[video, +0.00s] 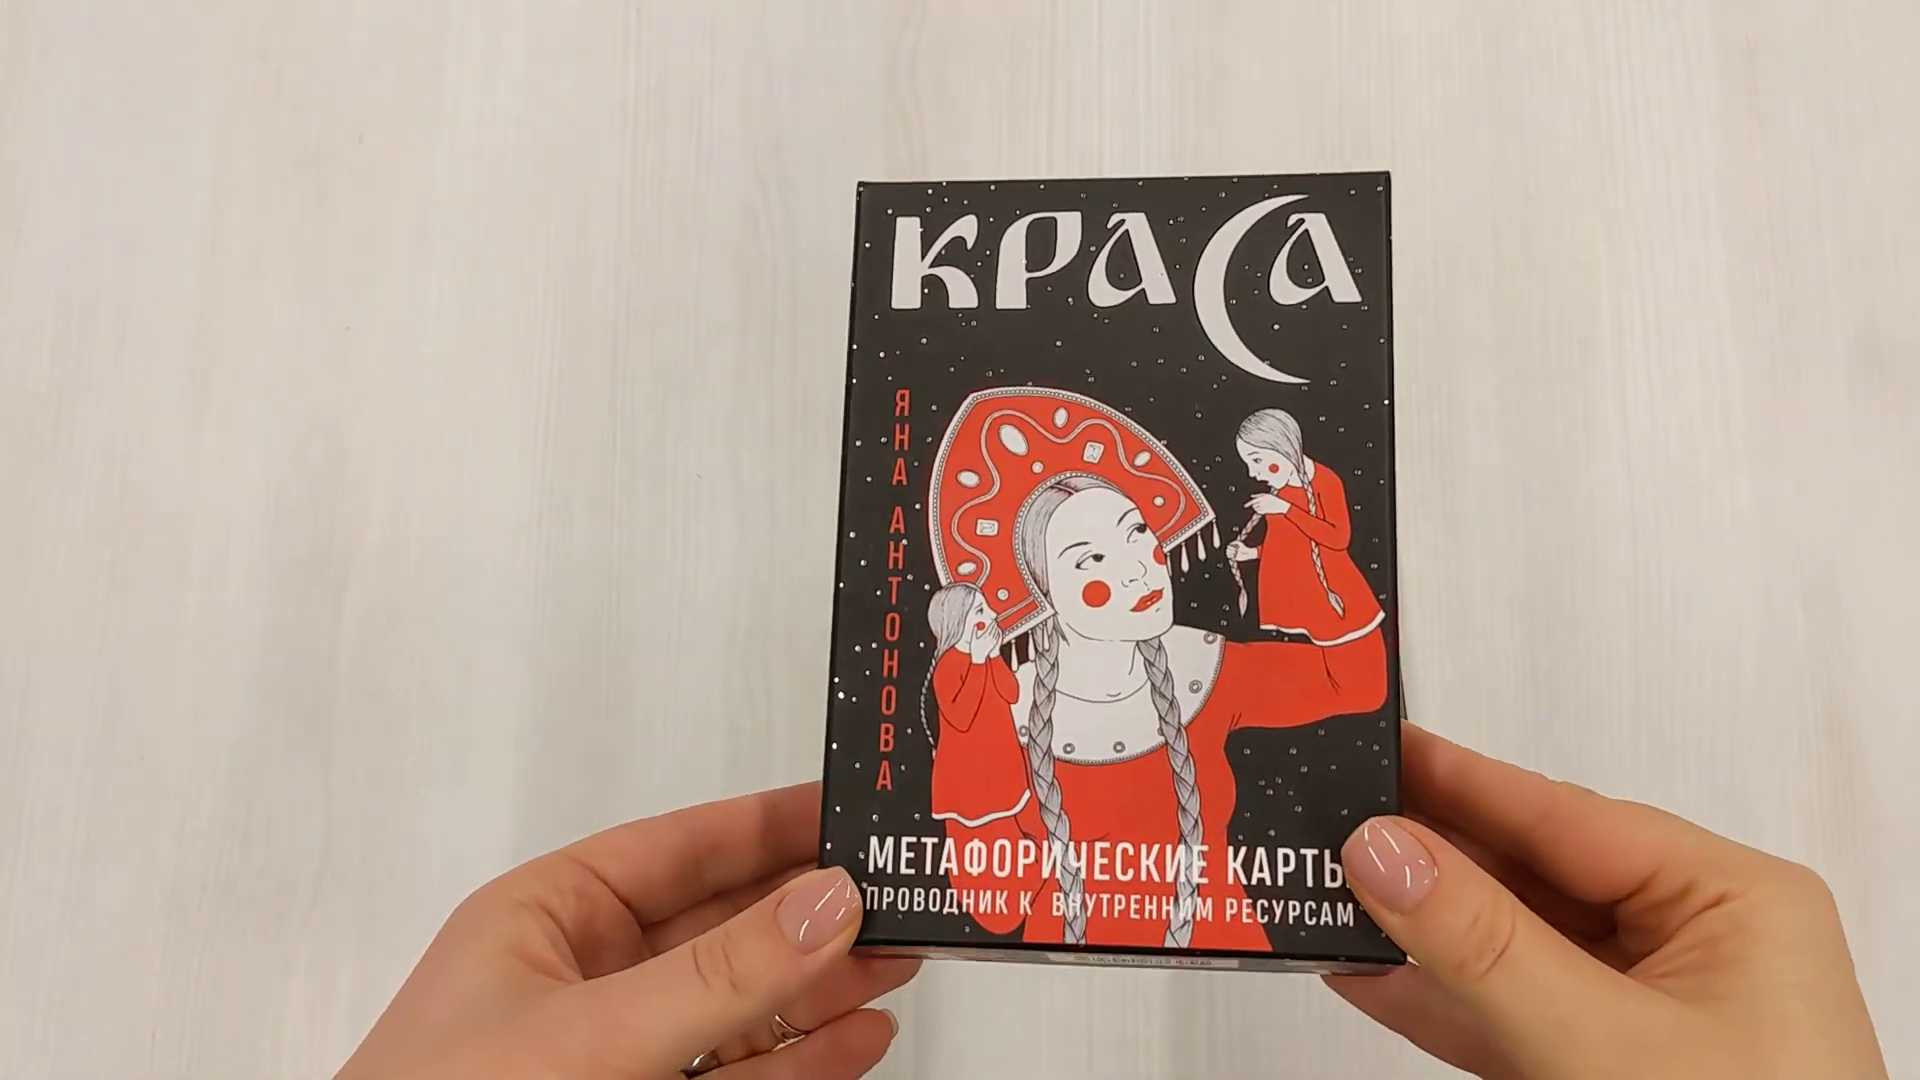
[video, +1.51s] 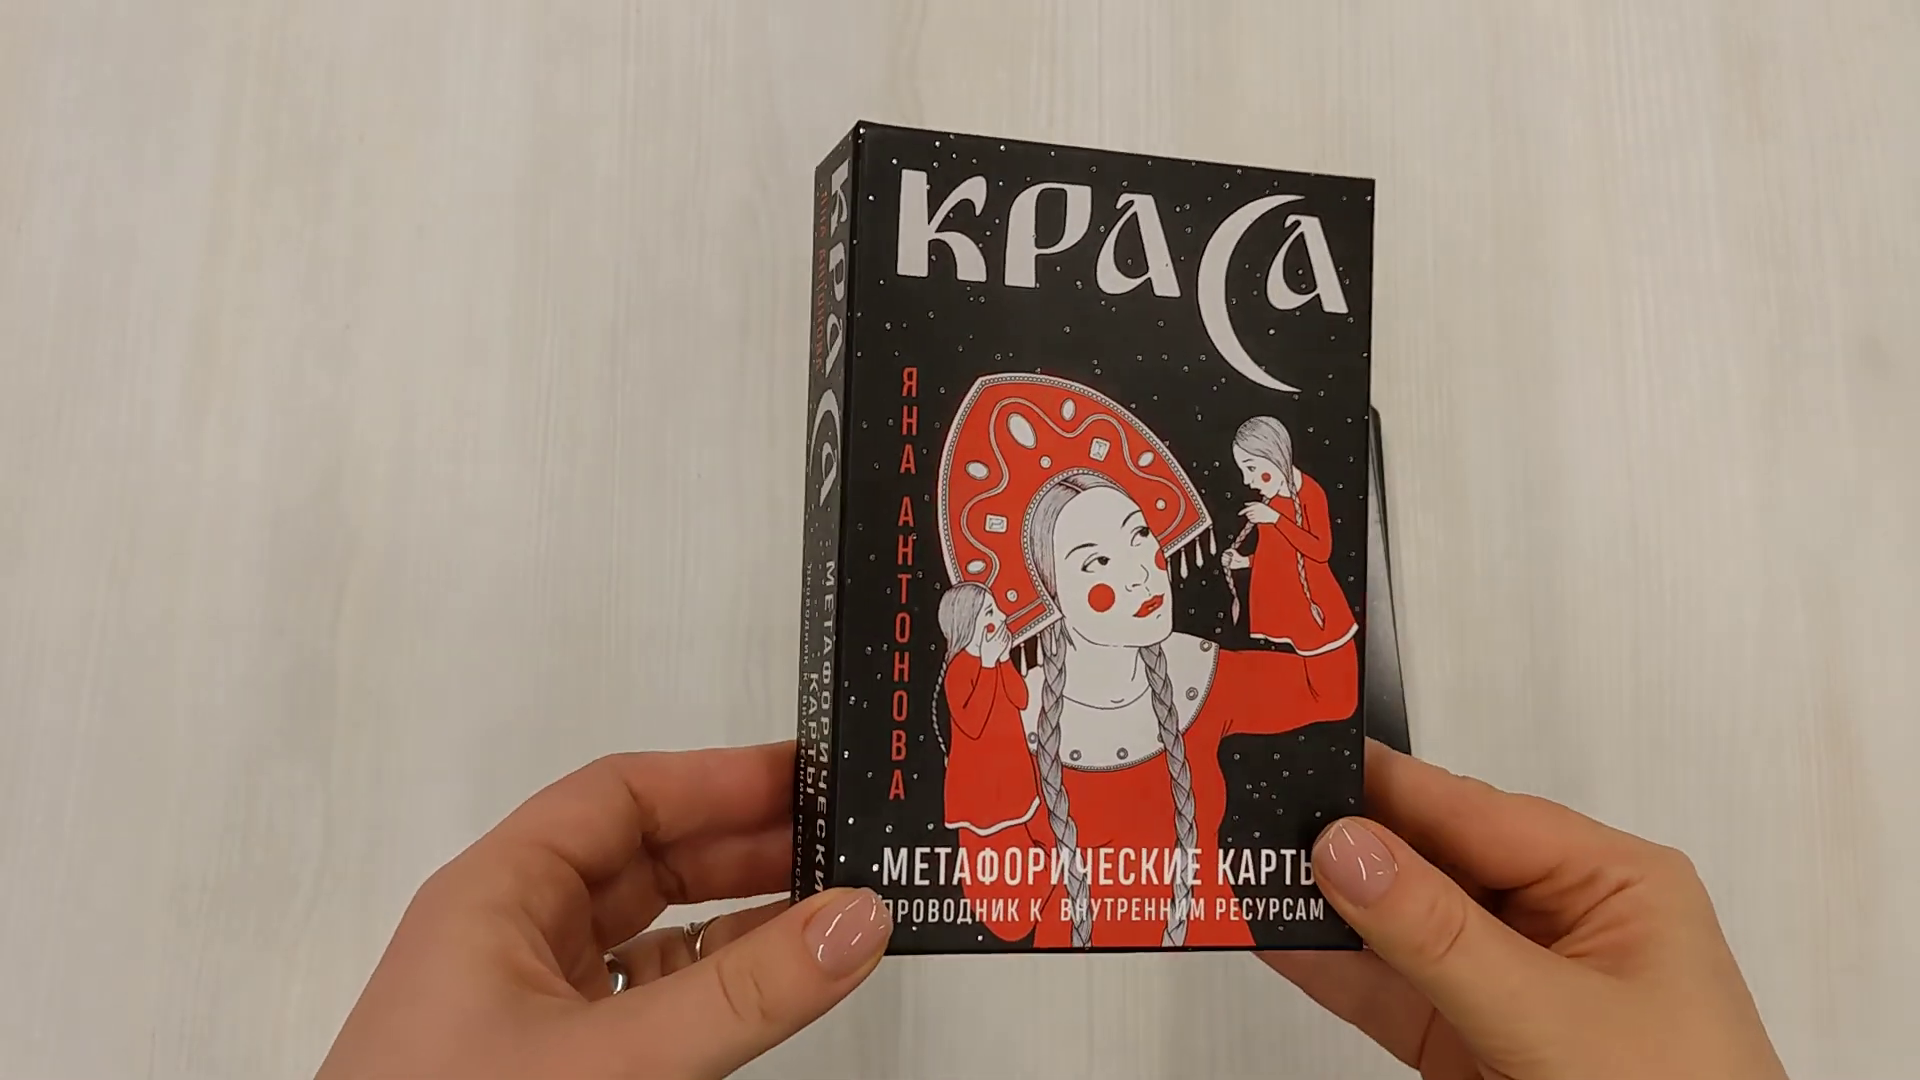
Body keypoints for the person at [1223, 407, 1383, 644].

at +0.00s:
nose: (1253, 473)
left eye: (1257, 460)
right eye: (1248, 463)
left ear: (1282, 447)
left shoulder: (1326, 481)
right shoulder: (1280, 487)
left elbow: (1339, 537)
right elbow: (1288, 545)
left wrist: (1286, 508)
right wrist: (1252, 553)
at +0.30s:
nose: (1254, 481)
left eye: (1258, 468)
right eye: (1250, 472)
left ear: (1283, 456)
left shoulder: (1327, 487)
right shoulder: (1280, 496)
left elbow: (1340, 539)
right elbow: (1289, 548)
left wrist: (1287, 513)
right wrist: (1253, 556)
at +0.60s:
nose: (1259, 500)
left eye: (1264, 488)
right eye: (1255, 491)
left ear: (1287, 478)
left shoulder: (1329, 510)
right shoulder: (1285, 517)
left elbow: (1344, 559)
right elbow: (1294, 562)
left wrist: (1292, 532)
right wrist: (1260, 569)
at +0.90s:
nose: (1205, 508)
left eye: (1208, 497)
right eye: (1200, 500)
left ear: (1229, 488)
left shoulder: (1265, 525)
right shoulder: (1230, 529)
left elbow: (1282, 574)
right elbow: (1243, 574)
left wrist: (1235, 542)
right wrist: (1209, 576)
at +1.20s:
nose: (1200, 495)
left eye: (1203, 483)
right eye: (1196, 486)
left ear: (1223, 473)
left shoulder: (1256, 510)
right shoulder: (1226, 513)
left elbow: (1273, 563)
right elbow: (1239, 563)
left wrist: (1230, 531)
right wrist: (1208, 568)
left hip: (1281, 628)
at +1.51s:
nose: (1247, 480)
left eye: (1251, 467)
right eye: (1243, 471)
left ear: (1275, 456)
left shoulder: (1310, 493)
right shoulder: (1273, 495)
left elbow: (1321, 551)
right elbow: (1279, 552)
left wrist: (1276, 518)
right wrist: (1245, 561)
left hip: (1323, 621)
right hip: (1298, 623)